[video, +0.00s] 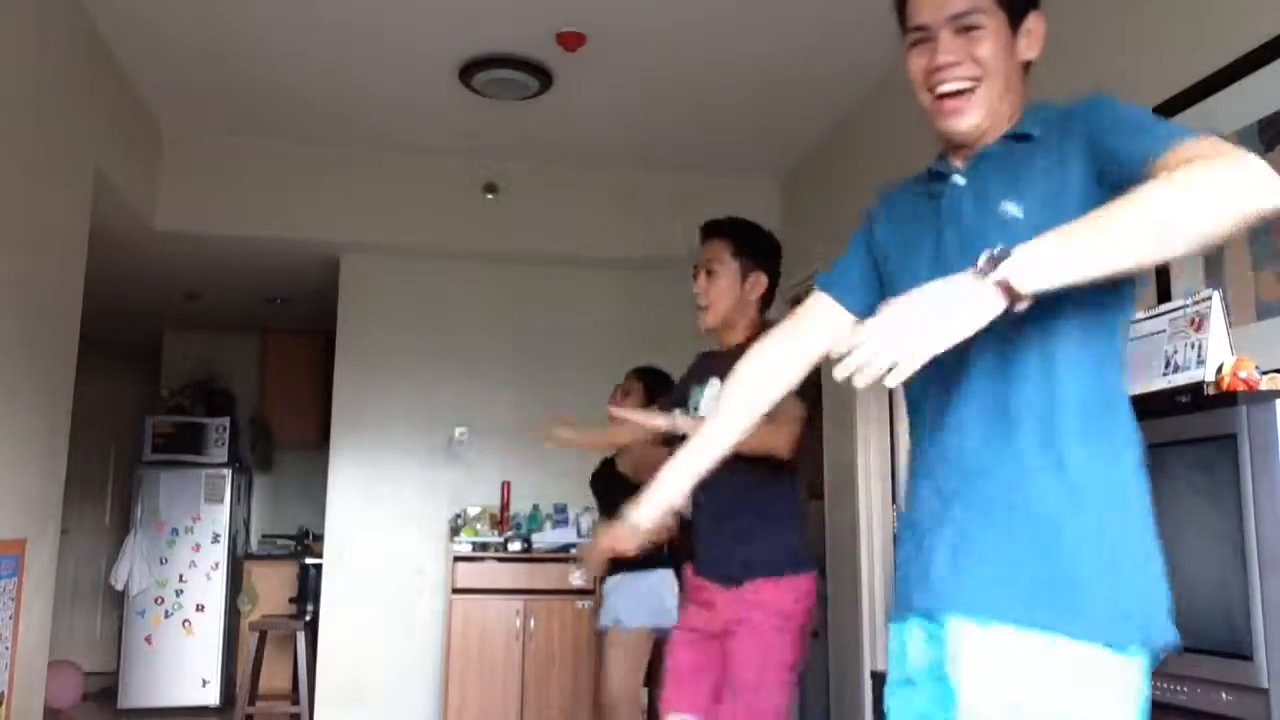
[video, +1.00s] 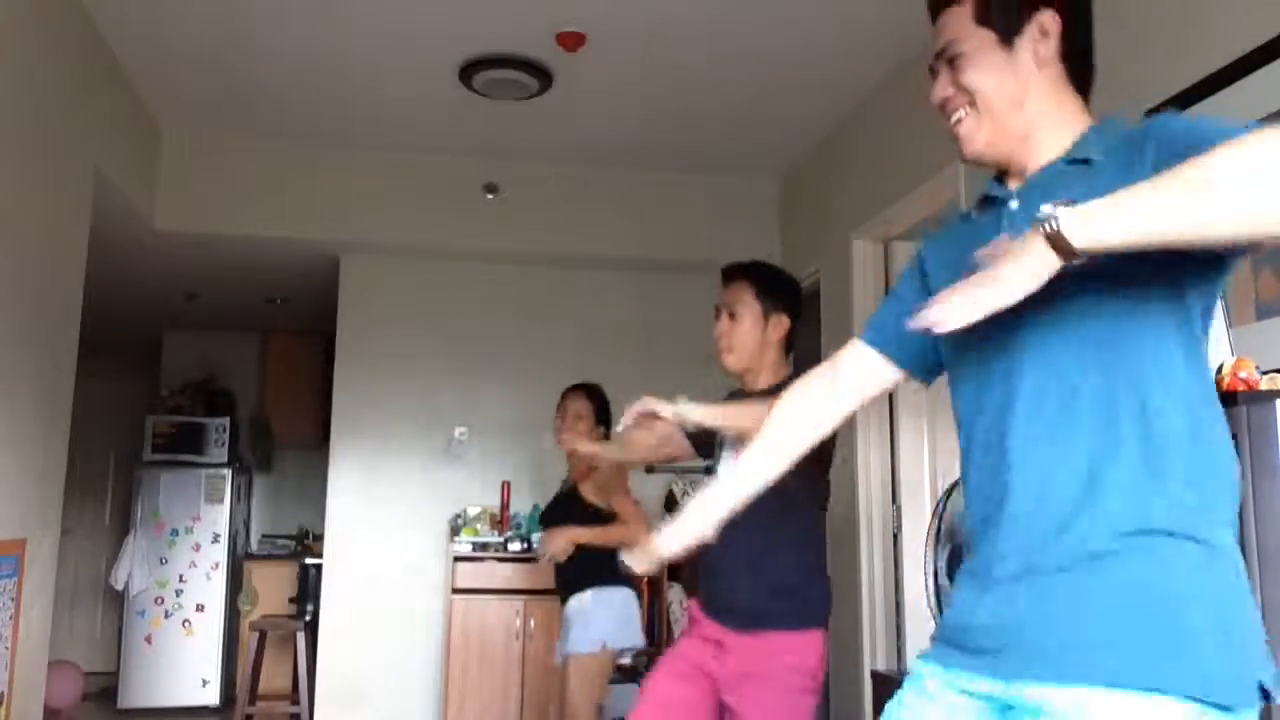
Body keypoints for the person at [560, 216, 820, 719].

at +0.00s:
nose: (696, 287)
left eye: (711, 272)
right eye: (698, 273)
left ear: (755, 285)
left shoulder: (786, 357)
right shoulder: (701, 371)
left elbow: (783, 441)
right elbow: (668, 467)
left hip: (772, 582)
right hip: (704, 580)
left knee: (754, 712)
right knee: (681, 711)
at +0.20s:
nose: (707, 325)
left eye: (723, 310)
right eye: (710, 311)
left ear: (768, 322)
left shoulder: (797, 401)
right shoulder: (718, 408)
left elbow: (790, 482)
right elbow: (685, 492)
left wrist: (679, 447)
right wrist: (637, 536)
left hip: (767, 637)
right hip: (698, 629)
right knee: (648, 712)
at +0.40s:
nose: (705, 300)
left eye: (718, 285)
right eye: (705, 286)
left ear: (763, 296)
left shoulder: (783, 353)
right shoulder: (725, 364)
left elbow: (811, 380)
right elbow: (678, 384)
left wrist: (735, 375)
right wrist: (618, 396)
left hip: (751, 578)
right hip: (714, 578)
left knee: (719, 710)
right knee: (670, 708)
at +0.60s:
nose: (710, 320)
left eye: (724, 307)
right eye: (710, 307)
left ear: (767, 321)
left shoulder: (789, 388)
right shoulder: (720, 391)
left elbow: (791, 432)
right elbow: (666, 423)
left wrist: (715, 411)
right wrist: (614, 441)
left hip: (753, 602)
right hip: (715, 598)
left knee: (686, 710)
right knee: (745, 713)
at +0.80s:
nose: (714, 304)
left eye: (727, 288)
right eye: (715, 290)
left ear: (773, 300)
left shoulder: (801, 366)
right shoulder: (725, 379)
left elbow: (810, 394)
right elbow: (658, 426)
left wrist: (713, 396)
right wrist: (599, 439)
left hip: (771, 603)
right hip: (702, 597)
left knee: (754, 714)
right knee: (678, 713)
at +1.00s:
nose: (719, 330)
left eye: (733, 315)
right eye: (719, 316)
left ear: (778, 327)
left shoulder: (811, 399)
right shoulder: (732, 410)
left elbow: (774, 419)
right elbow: (661, 443)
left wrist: (678, 412)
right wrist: (601, 449)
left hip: (781, 641)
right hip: (707, 629)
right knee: (649, 712)